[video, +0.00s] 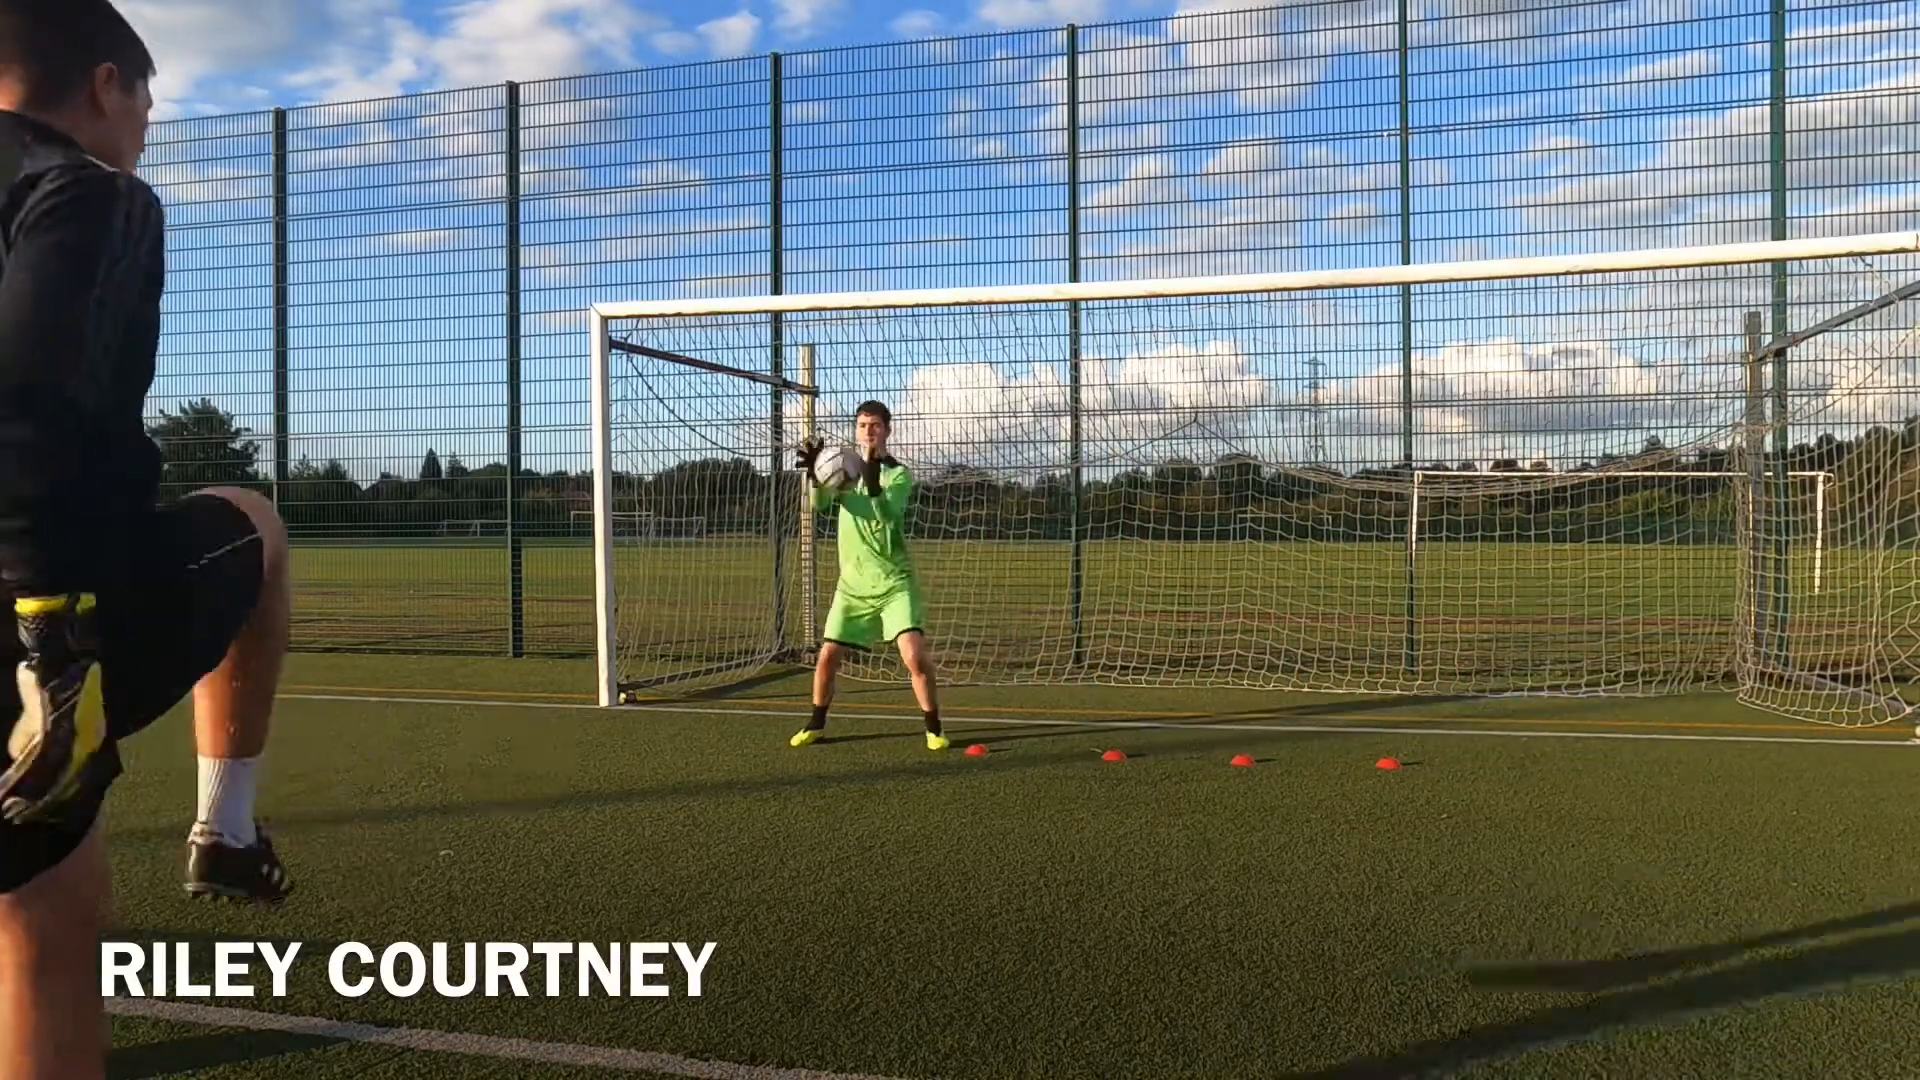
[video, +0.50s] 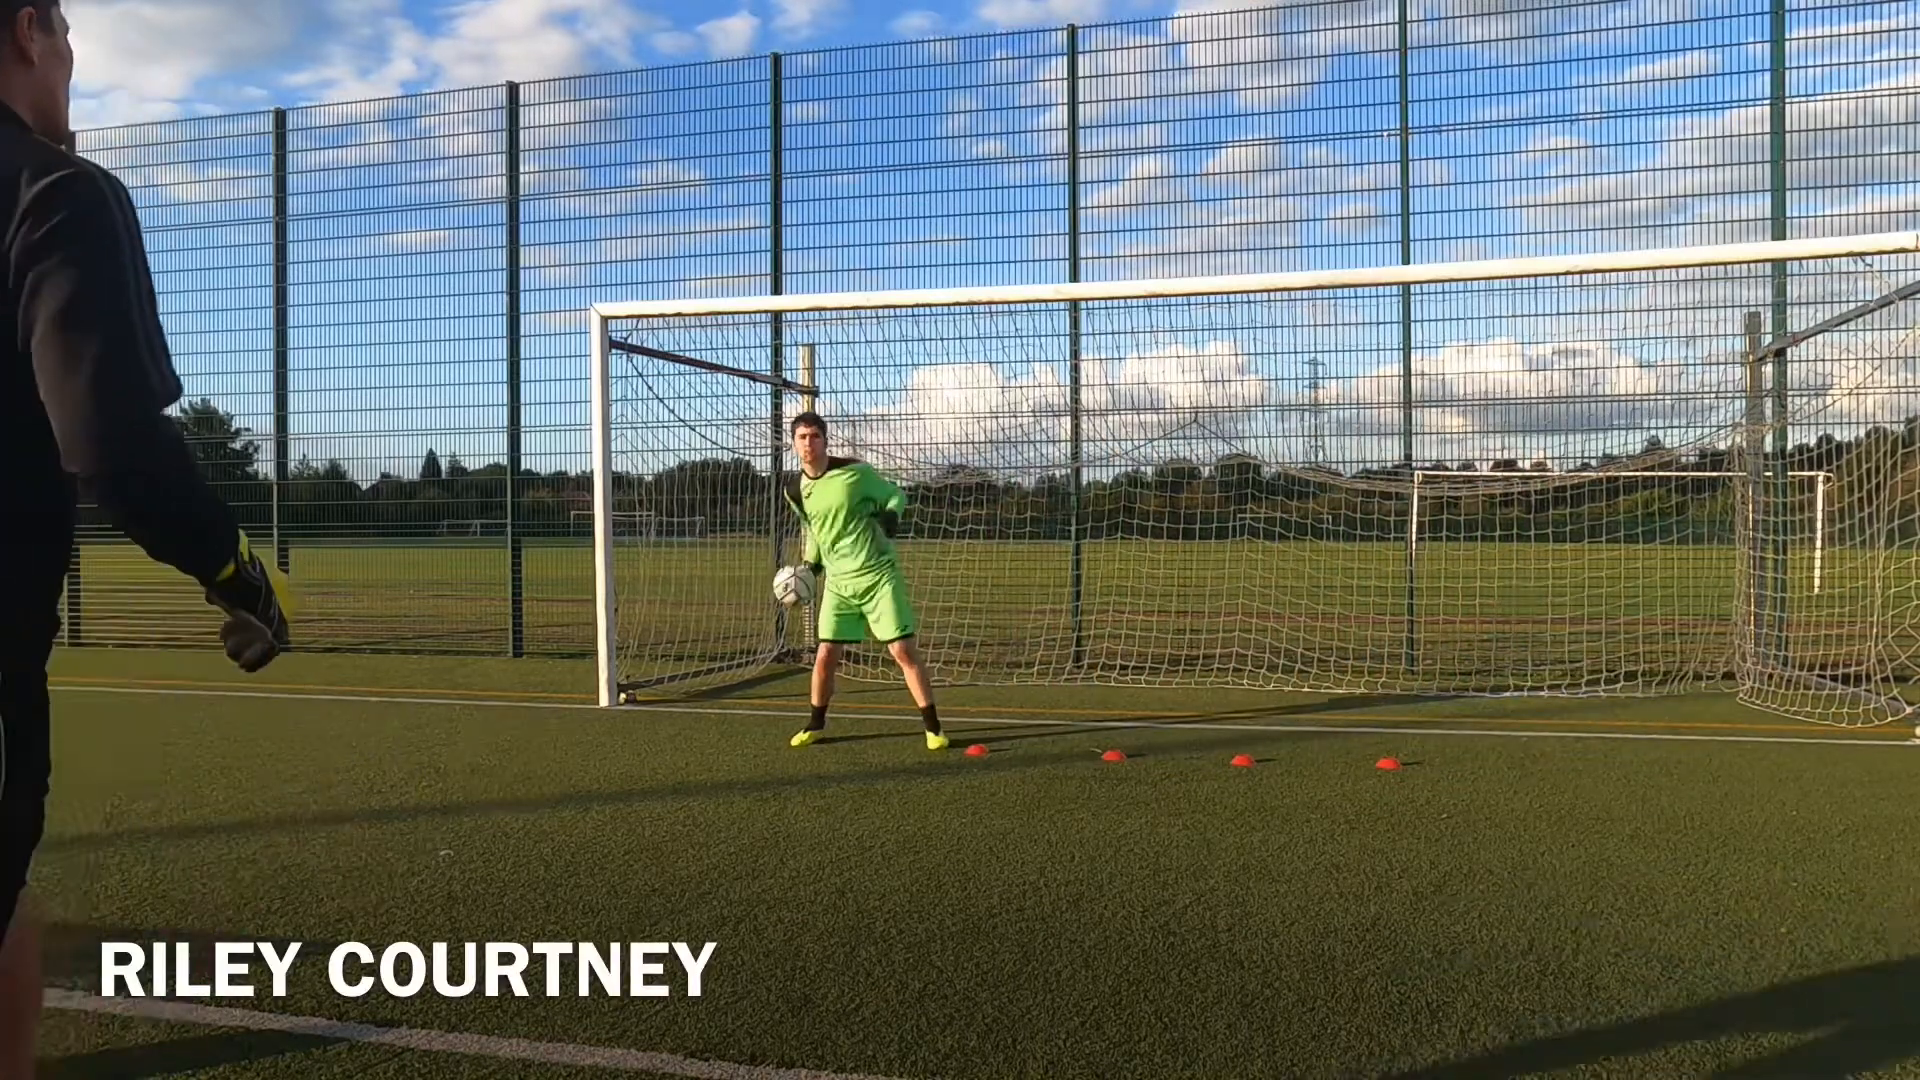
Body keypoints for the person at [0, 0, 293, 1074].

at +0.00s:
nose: (144, 135)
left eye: (149, 112)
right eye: (144, 109)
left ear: (14, 91)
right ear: (100, 89)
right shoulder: (88, 193)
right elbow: (41, 401)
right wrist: (47, 628)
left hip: (20, 636)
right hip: (53, 632)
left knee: (45, 963)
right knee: (251, 521)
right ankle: (229, 829)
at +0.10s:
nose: (127, 113)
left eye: (126, 88)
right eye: (124, 87)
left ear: (18, 77)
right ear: (86, 75)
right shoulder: (86, 197)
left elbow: (63, 427)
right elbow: (71, 424)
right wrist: (147, 616)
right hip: (42, 593)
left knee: (36, 953)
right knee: (270, 700)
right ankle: (186, 999)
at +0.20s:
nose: (111, 103)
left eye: (108, 77)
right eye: (106, 75)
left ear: (28, 70)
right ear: (69, 65)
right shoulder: (86, 211)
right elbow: (124, 451)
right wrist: (213, 623)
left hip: (7, 647)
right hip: (70, 635)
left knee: (30, 977)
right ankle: (121, 1057)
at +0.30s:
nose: (94, 76)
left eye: (90, 50)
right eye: (87, 48)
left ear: (26, 52)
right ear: (48, 50)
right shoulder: (84, 207)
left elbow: (151, 446)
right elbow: (153, 450)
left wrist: (242, 603)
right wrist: (245, 604)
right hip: (49, 656)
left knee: (20, 1012)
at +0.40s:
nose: (78, 64)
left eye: (74, 40)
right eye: (71, 38)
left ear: (14, 44)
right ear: (34, 38)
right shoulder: (70, 198)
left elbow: (146, 433)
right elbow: (146, 439)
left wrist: (247, 578)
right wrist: (249, 582)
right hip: (32, 633)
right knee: (27, 959)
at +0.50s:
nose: (71, 63)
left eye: (65, 39)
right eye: (62, 37)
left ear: (13, 40)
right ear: (27, 34)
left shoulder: (41, 192)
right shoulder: (51, 190)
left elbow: (108, 430)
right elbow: (108, 435)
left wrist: (223, 558)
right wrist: (224, 560)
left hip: (15, 633)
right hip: (10, 634)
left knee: (13, 893)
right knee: (9, 896)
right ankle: (17, 1056)